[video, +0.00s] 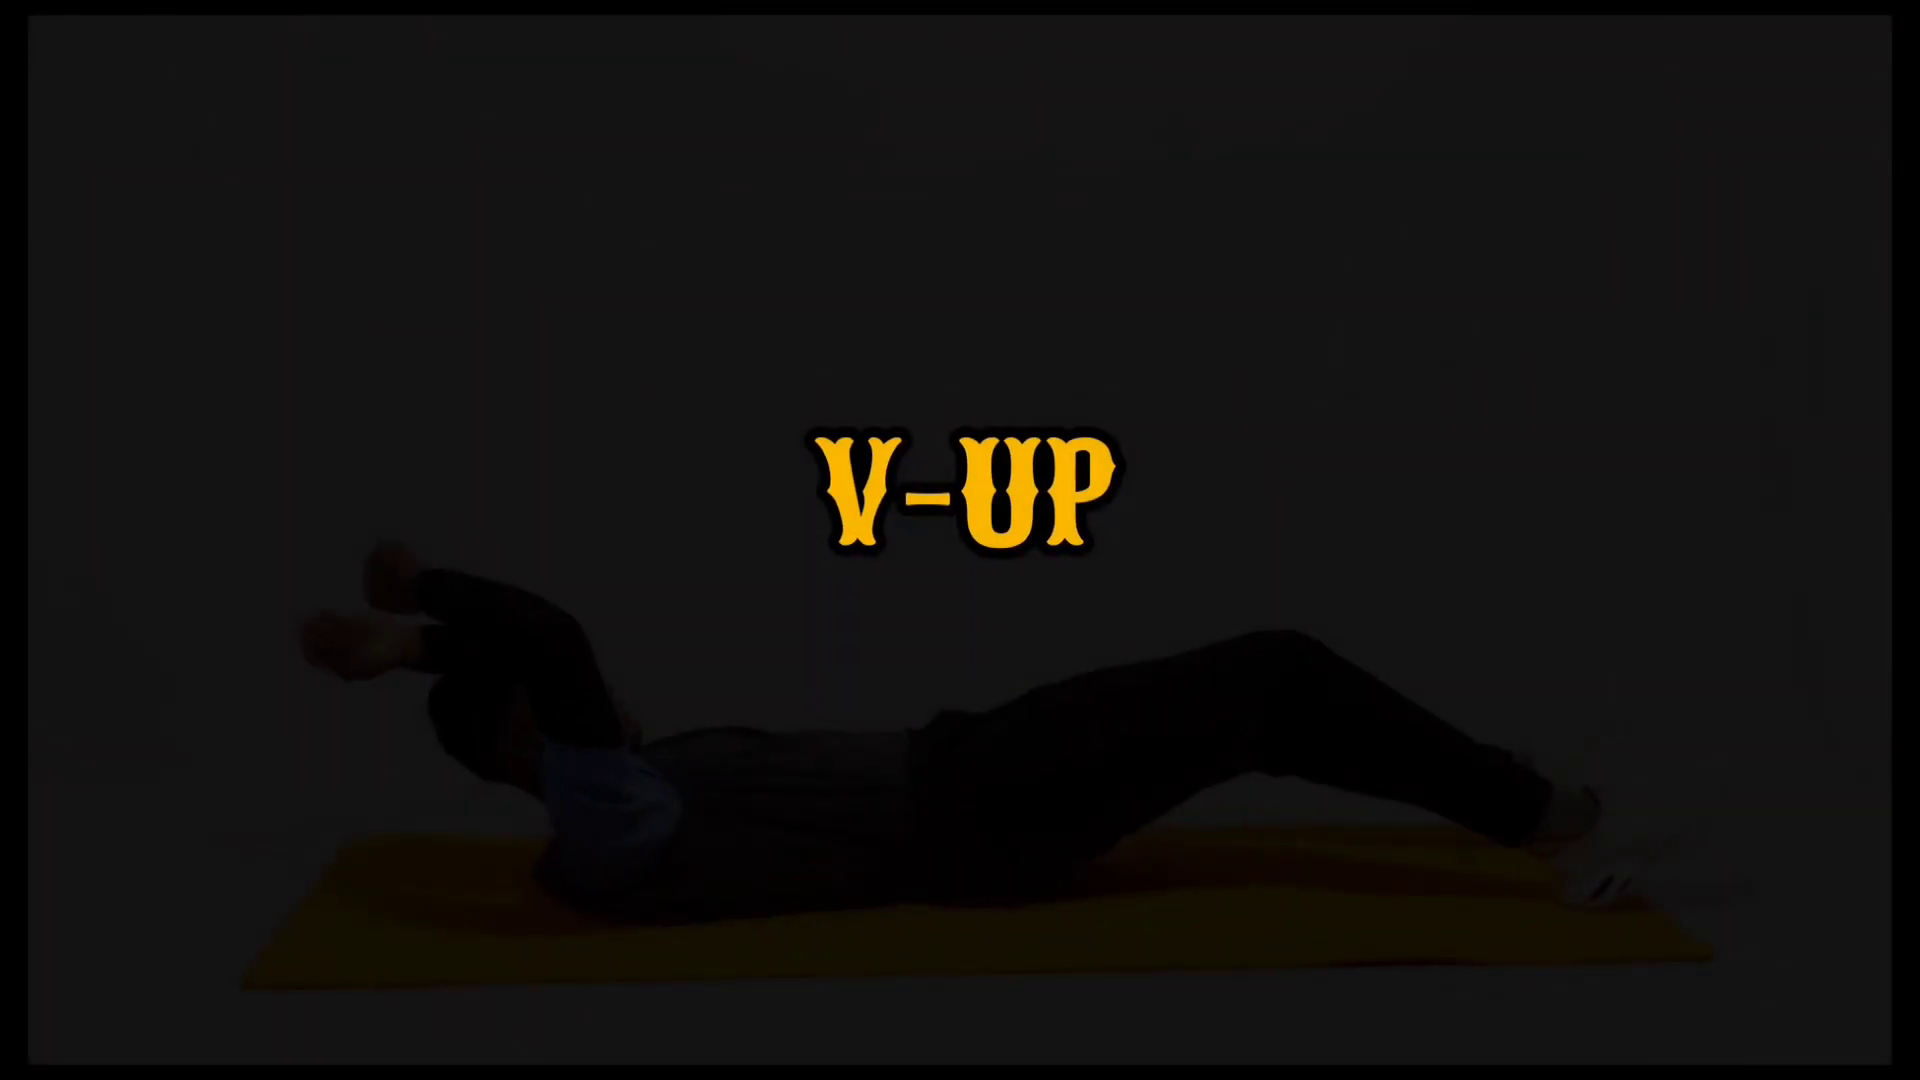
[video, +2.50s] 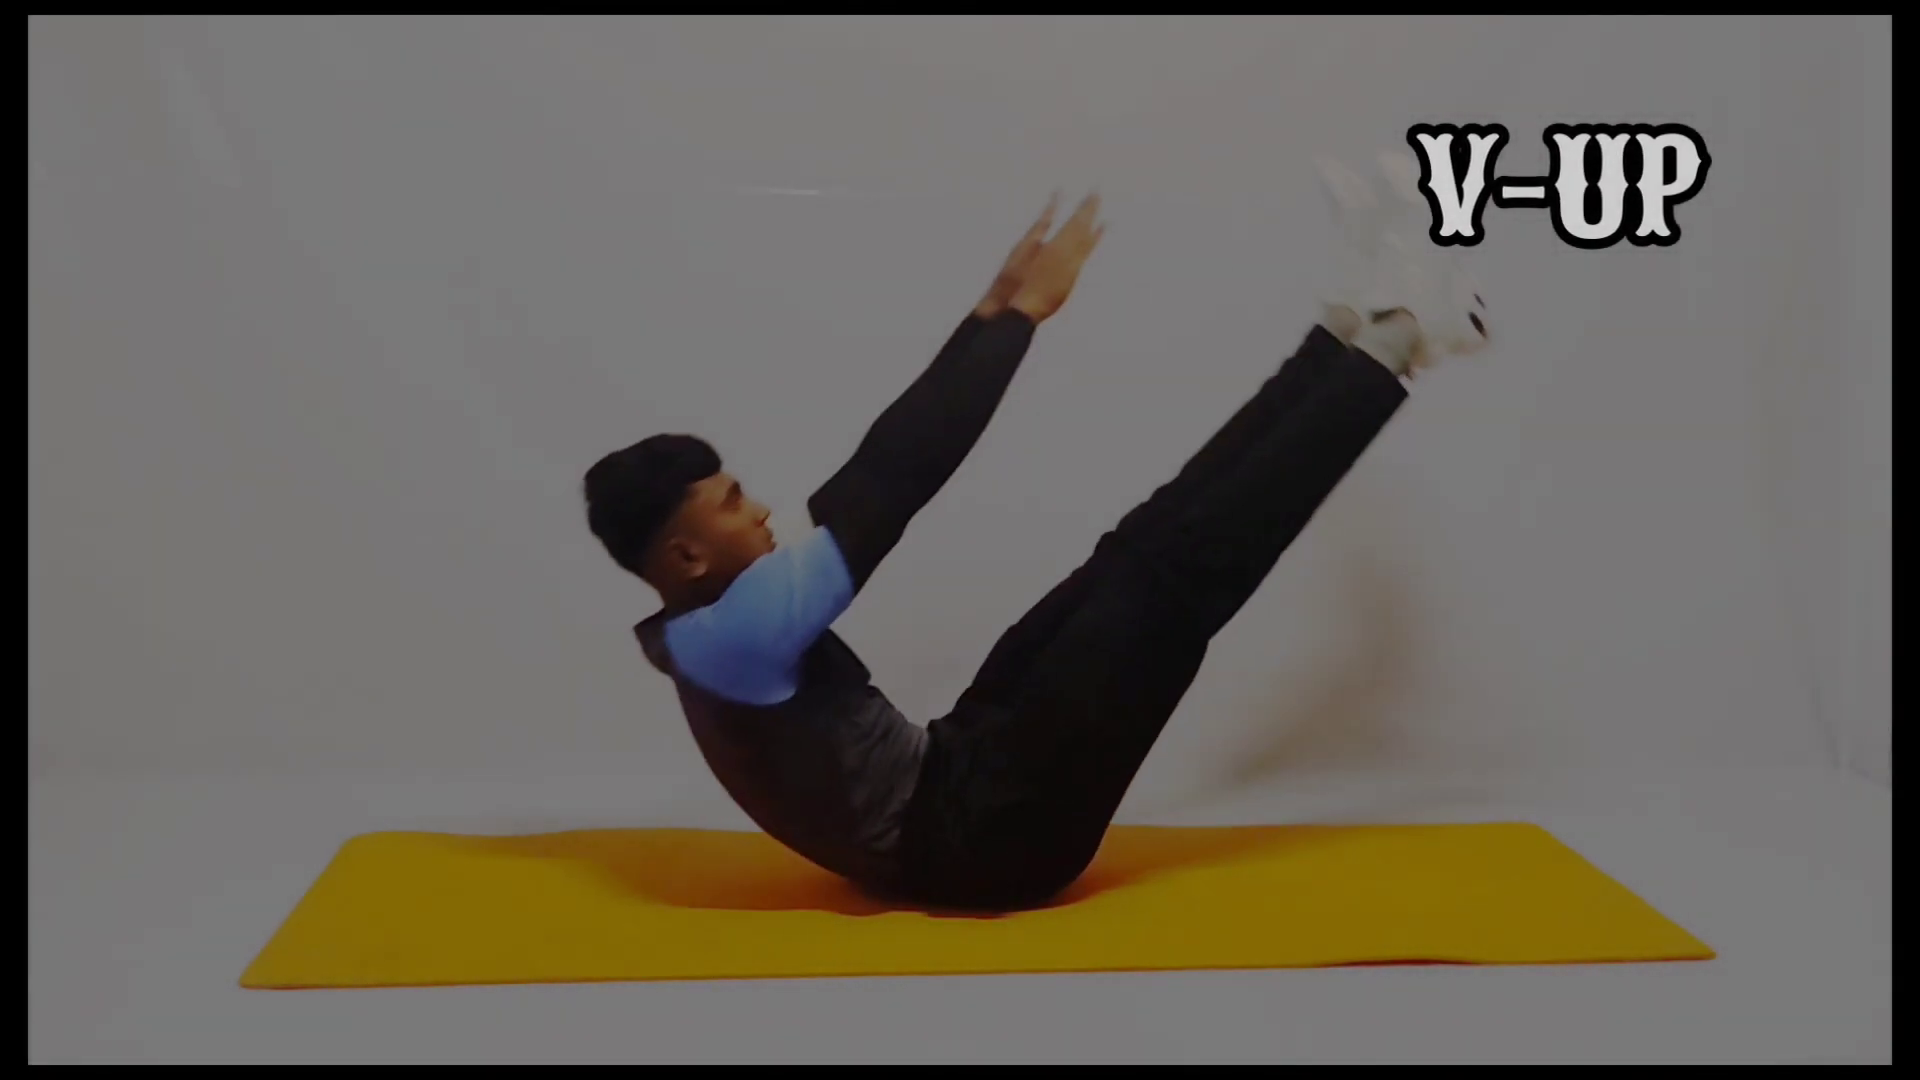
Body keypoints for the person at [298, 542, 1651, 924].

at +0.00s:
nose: (537, 728)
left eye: (528, 715)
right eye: (518, 725)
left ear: (529, 743)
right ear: (518, 752)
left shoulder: (616, 798)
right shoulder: (602, 821)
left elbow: (545, 659)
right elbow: (546, 653)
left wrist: (420, 623)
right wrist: (420, 627)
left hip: (972, 788)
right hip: (966, 813)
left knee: (1264, 673)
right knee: (1264, 676)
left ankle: (1526, 808)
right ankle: (1529, 816)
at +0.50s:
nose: (546, 733)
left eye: (528, 721)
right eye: (517, 745)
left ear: (545, 736)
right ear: (495, 806)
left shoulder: (624, 784)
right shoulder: (594, 851)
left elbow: (430, 765)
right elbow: (408, 848)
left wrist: (250, 770)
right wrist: (220, 816)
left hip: (1016, 773)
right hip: (1004, 832)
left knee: (1278, 682)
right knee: (1272, 713)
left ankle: (1510, 803)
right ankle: (1513, 819)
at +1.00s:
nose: (504, 779)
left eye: (488, 771)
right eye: (485, 797)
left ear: (516, 778)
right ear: (489, 845)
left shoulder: (614, 788)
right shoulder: (587, 858)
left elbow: (380, 833)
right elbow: (415, 910)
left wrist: (192, 862)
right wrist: (203, 918)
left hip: (967, 758)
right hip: (956, 826)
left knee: (1240, 766)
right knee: (1245, 817)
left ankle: (1519, 805)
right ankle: (1547, 827)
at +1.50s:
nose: (505, 779)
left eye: (487, 770)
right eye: (486, 798)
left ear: (514, 775)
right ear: (495, 840)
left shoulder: (618, 781)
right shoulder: (595, 851)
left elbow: (387, 841)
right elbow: (451, 906)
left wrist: (205, 878)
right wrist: (280, 923)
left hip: (974, 764)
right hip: (960, 829)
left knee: (1241, 766)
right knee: (1249, 828)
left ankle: (1521, 803)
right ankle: (1552, 834)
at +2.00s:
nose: (534, 741)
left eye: (515, 728)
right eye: (505, 754)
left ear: (532, 743)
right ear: (497, 811)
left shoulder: (621, 784)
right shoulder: (602, 852)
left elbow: (397, 741)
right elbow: (501, 850)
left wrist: (208, 704)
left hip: (977, 766)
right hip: (966, 829)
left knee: (1245, 737)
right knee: (1246, 773)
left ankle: (1535, 761)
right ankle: (1553, 784)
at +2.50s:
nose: (754, 510)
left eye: (737, 495)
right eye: (726, 508)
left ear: (690, 551)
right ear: (680, 563)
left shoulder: (726, 621)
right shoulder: (737, 634)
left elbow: (880, 473)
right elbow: (893, 485)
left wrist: (990, 316)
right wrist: (1016, 319)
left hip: (963, 797)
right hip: (981, 840)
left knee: (1140, 560)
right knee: (1166, 577)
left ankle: (1348, 330)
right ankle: (1390, 350)